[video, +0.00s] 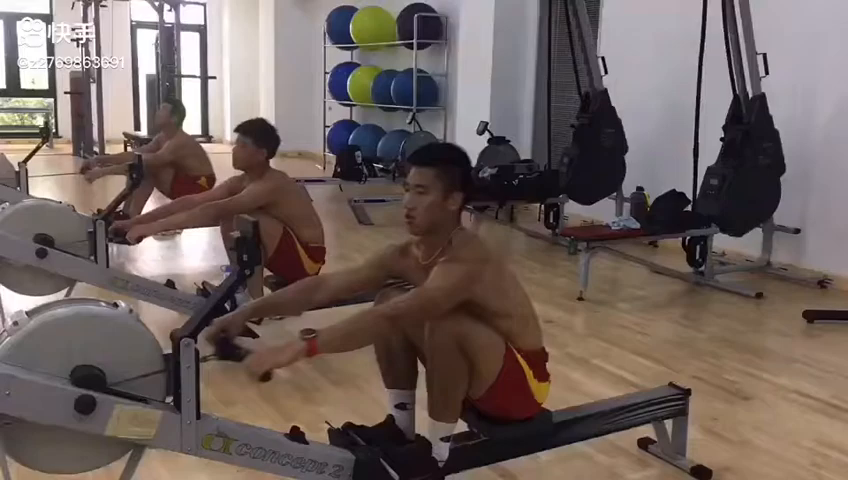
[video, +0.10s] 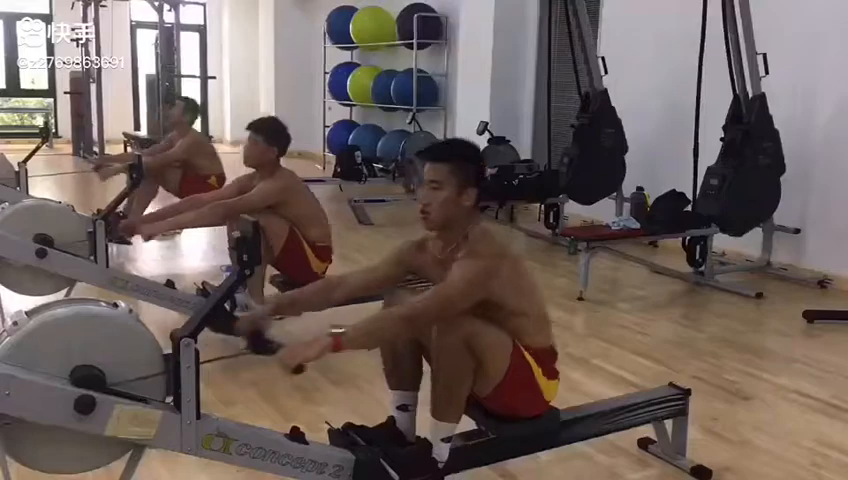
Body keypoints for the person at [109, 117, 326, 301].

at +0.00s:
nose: (233, 147)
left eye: (240, 143)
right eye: (235, 142)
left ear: (261, 152)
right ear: (252, 152)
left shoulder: (271, 185)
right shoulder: (243, 182)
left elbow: (215, 215)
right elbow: (194, 201)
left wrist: (148, 230)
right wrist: (139, 221)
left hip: (305, 264)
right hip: (287, 259)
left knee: (249, 220)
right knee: (229, 215)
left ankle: (254, 298)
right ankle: (238, 286)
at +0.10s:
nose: (245, 145)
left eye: (252, 141)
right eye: (247, 139)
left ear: (272, 151)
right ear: (267, 151)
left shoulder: (279, 184)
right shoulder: (253, 180)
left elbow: (224, 213)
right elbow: (202, 201)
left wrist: (165, 228)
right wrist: (142, 221)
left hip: (312, 263)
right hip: (296, 258)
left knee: (260, 221)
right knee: (236, 215)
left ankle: (255, 302)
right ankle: (242, 292)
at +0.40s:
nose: (334, 139)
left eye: (339, 134)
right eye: (335, 133)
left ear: (356, 139)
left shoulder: (360, 178)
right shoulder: (336, 170)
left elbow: (313, 207)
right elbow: (292, 195)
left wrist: (260, 221)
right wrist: (237, 210)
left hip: (362, 254)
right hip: (347, 244)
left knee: (294, 227)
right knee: (281, 222)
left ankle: (256, 302)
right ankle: (244, 289)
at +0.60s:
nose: (393, 141)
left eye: (400, 136)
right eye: (394, 135)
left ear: (416, 142)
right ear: (396, 138)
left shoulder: (416, 180)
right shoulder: (388, 172)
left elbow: (373, 205)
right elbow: (350, 192)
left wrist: (323, 215)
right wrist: (305, 199)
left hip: (392, 253)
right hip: (371, 239)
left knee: (322, 248)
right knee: (306, 242)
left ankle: (255, 307)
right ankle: (240, 290)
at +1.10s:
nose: (433, 162)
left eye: (439, 158)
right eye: (433, 156)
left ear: (457, 163)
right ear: (439, 159)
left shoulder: (462, 199)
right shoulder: (434, 188)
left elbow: (472, 247)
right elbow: (419, 224)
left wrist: (456, 208)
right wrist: (411, 202)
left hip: (395, 248)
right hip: (375, 235)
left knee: (326, 262)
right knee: (312, 252)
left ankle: (246, 304)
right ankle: (233, 286)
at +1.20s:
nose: (431, 160)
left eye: (437, 155)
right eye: (431, 154)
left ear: (455, 160)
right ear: (438, 157)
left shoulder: (460, 196)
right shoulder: (432, 184)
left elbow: (471, 246)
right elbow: (408, 220)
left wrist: (454, 216)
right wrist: (403, 203)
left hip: (396, 249)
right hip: (376, 235)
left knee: (327, 261)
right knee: (312, 251)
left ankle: (247, 304)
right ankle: (233, 287)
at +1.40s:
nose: (420, 149)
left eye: (426, 144)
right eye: (420, 143)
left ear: (443, 149)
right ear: (426, 146)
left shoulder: (450, 186)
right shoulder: (418, 176)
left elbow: (454, 232)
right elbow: (406, 212)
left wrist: (416, 219)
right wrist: (385, 217)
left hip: (402, 247)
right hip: (383, 234)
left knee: (326, 261)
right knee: (314, 250)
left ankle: (248, 305)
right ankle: (235, 286)